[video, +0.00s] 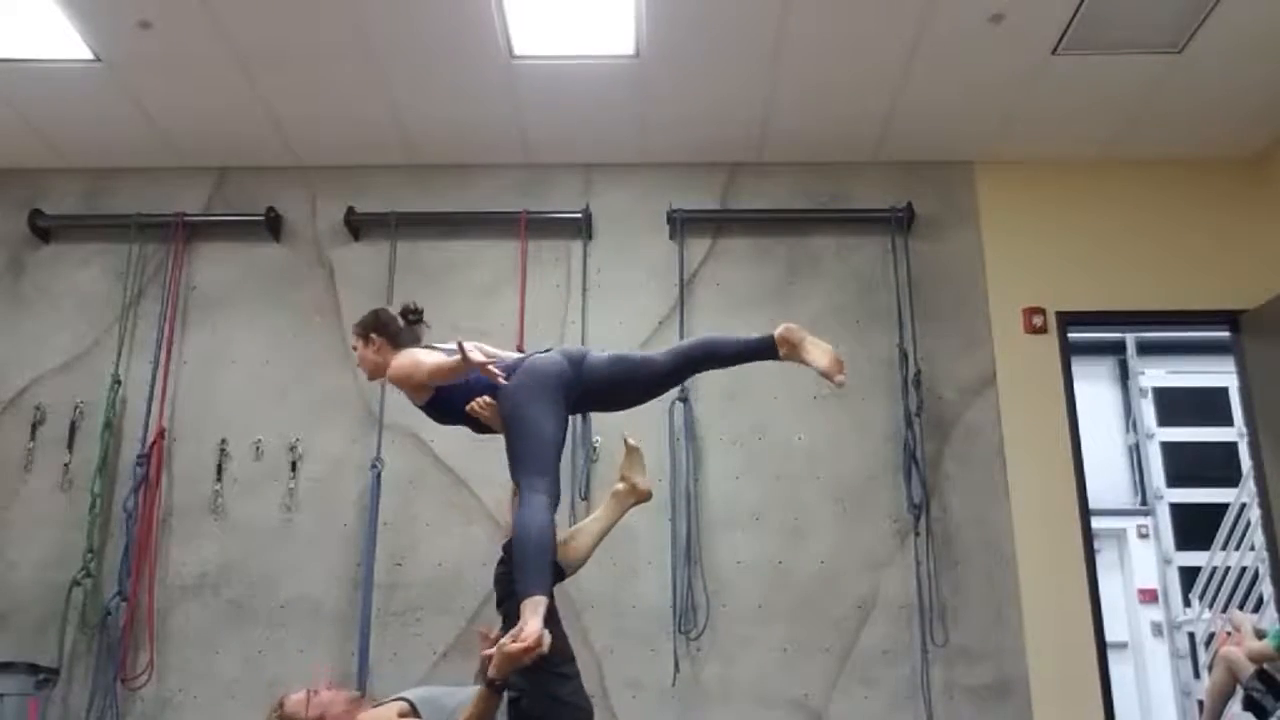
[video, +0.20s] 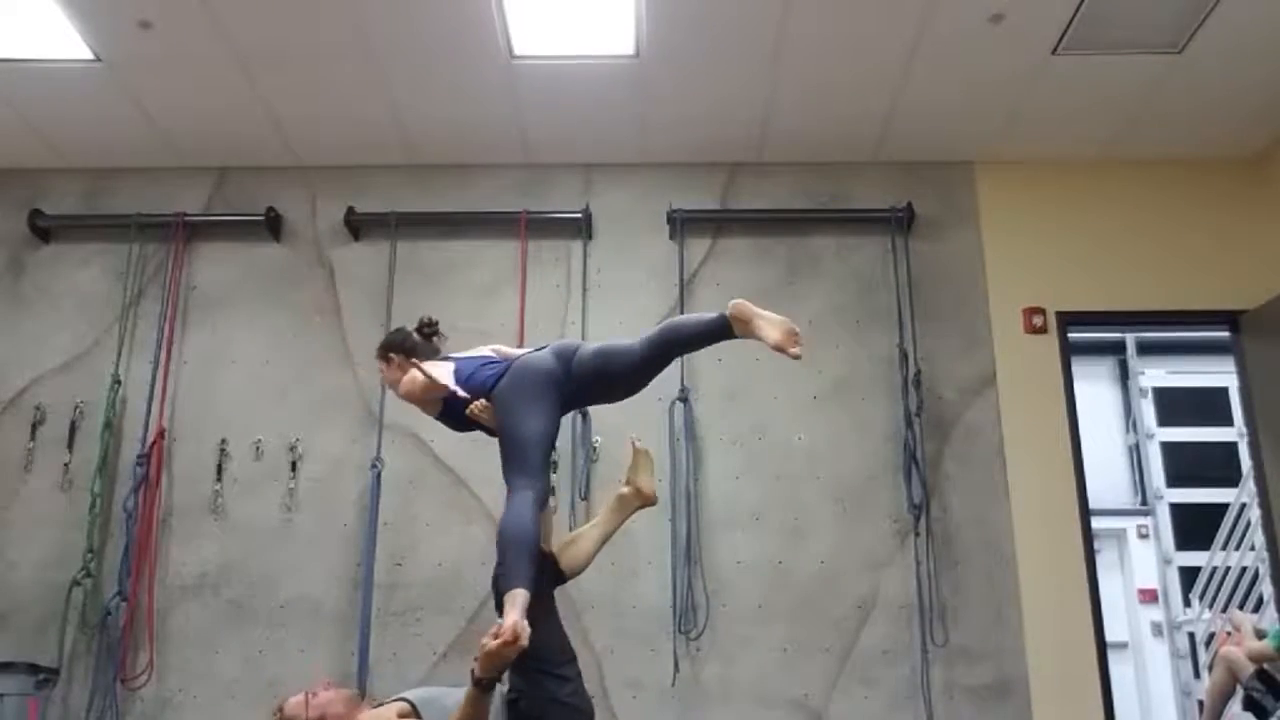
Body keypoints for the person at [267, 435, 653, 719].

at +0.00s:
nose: (323, 687)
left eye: (310, 690)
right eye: (311, 701)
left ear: (330, 693)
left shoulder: (386, 706)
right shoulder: (387, 716)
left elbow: (466, 708)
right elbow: (468, 714)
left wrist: (487, 673)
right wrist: (496, 682)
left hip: (530, 699)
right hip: (540, 707)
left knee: (517, 567)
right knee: (517, 568)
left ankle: (623, 498)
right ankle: (625, 495)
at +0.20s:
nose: (321, 685)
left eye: (308, 690)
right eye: (311, 699)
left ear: (332, 697)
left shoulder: (384, 707)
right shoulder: (384, 718)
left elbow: (466, 708)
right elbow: (466, 717)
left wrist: (485, 681)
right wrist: (484, 683)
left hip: (533, 703)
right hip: (540, 710)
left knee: (518, 575)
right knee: (518, 574)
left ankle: (629, 501)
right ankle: (630, 498)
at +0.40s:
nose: (349, 665)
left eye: (337, 663)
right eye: (334, 673)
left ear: (338, 700)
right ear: (330, 708)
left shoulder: (387, 708)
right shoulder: (386, 718)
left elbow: (461, 711)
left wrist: (477, 680)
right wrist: (477, 684)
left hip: (529, 706)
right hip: (540, 712)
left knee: (527, 579)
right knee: (521, 577)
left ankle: (622, 506)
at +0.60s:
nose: (343, 662)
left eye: (330, 663)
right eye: (329, 674)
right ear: (330, 708)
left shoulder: (386, 704)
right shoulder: (381, 716)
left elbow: (464, 709)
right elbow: (466, 719)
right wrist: (481, 682)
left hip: (538, 703)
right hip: (539, 709)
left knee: (494, 579)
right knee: (492, 580)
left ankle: (573, 509)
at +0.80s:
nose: (346, 658)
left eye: (332, 660)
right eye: (333, 668)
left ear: (337, 701)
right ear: (333, 704)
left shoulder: (384, 705)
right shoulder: (380, 717)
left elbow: (465, 706)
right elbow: (469, 717)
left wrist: (474, 662)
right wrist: (492, 685)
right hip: (542, 711)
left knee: (486, 578)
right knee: (486, 573)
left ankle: (582, 515)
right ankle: (583, 514)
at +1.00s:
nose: (339, 659)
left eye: (325, 661)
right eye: (326, 670)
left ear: (332, 703)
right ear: (328, 706)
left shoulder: (379, 705)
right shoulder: (380, 717)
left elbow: (457, 707)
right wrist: (476, 690)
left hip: (524, 704)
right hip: (536, 709)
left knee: (463, 575)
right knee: (462, 575)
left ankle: (557, 502)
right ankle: (559, 504)